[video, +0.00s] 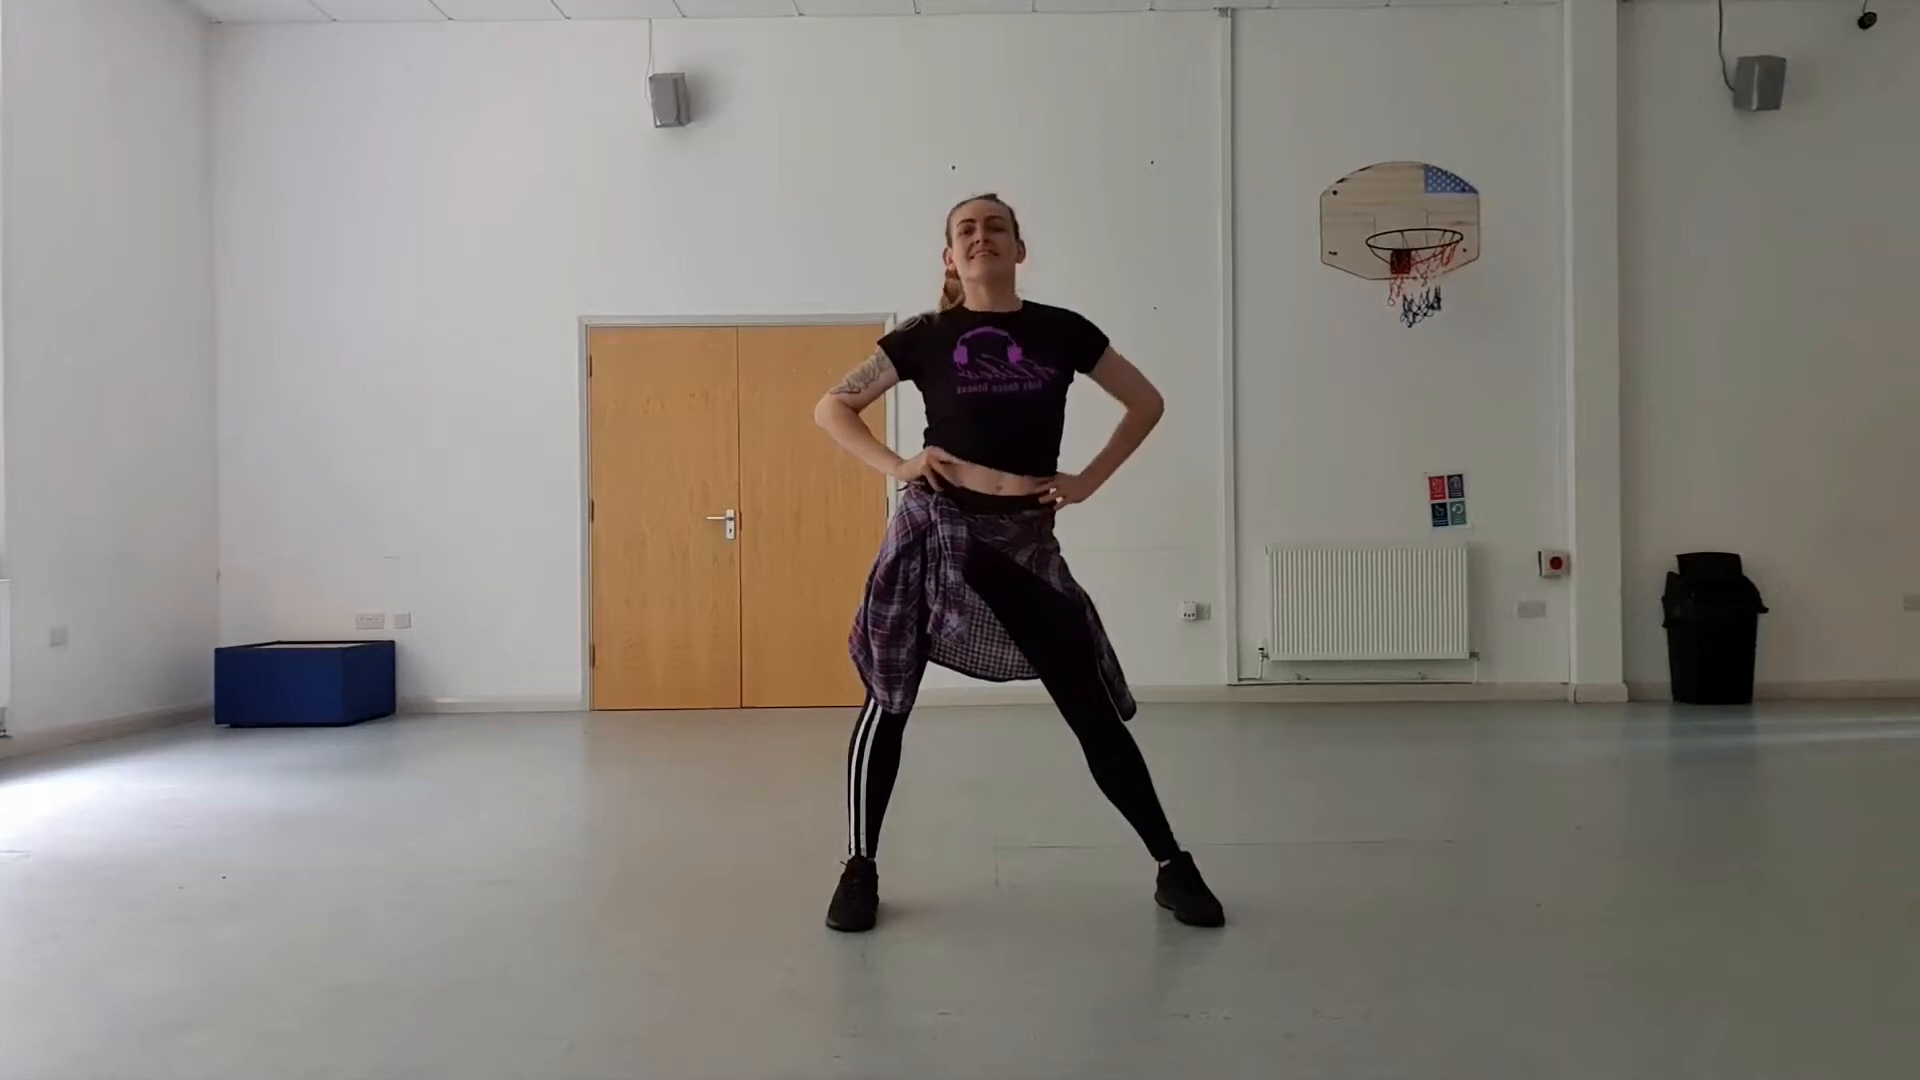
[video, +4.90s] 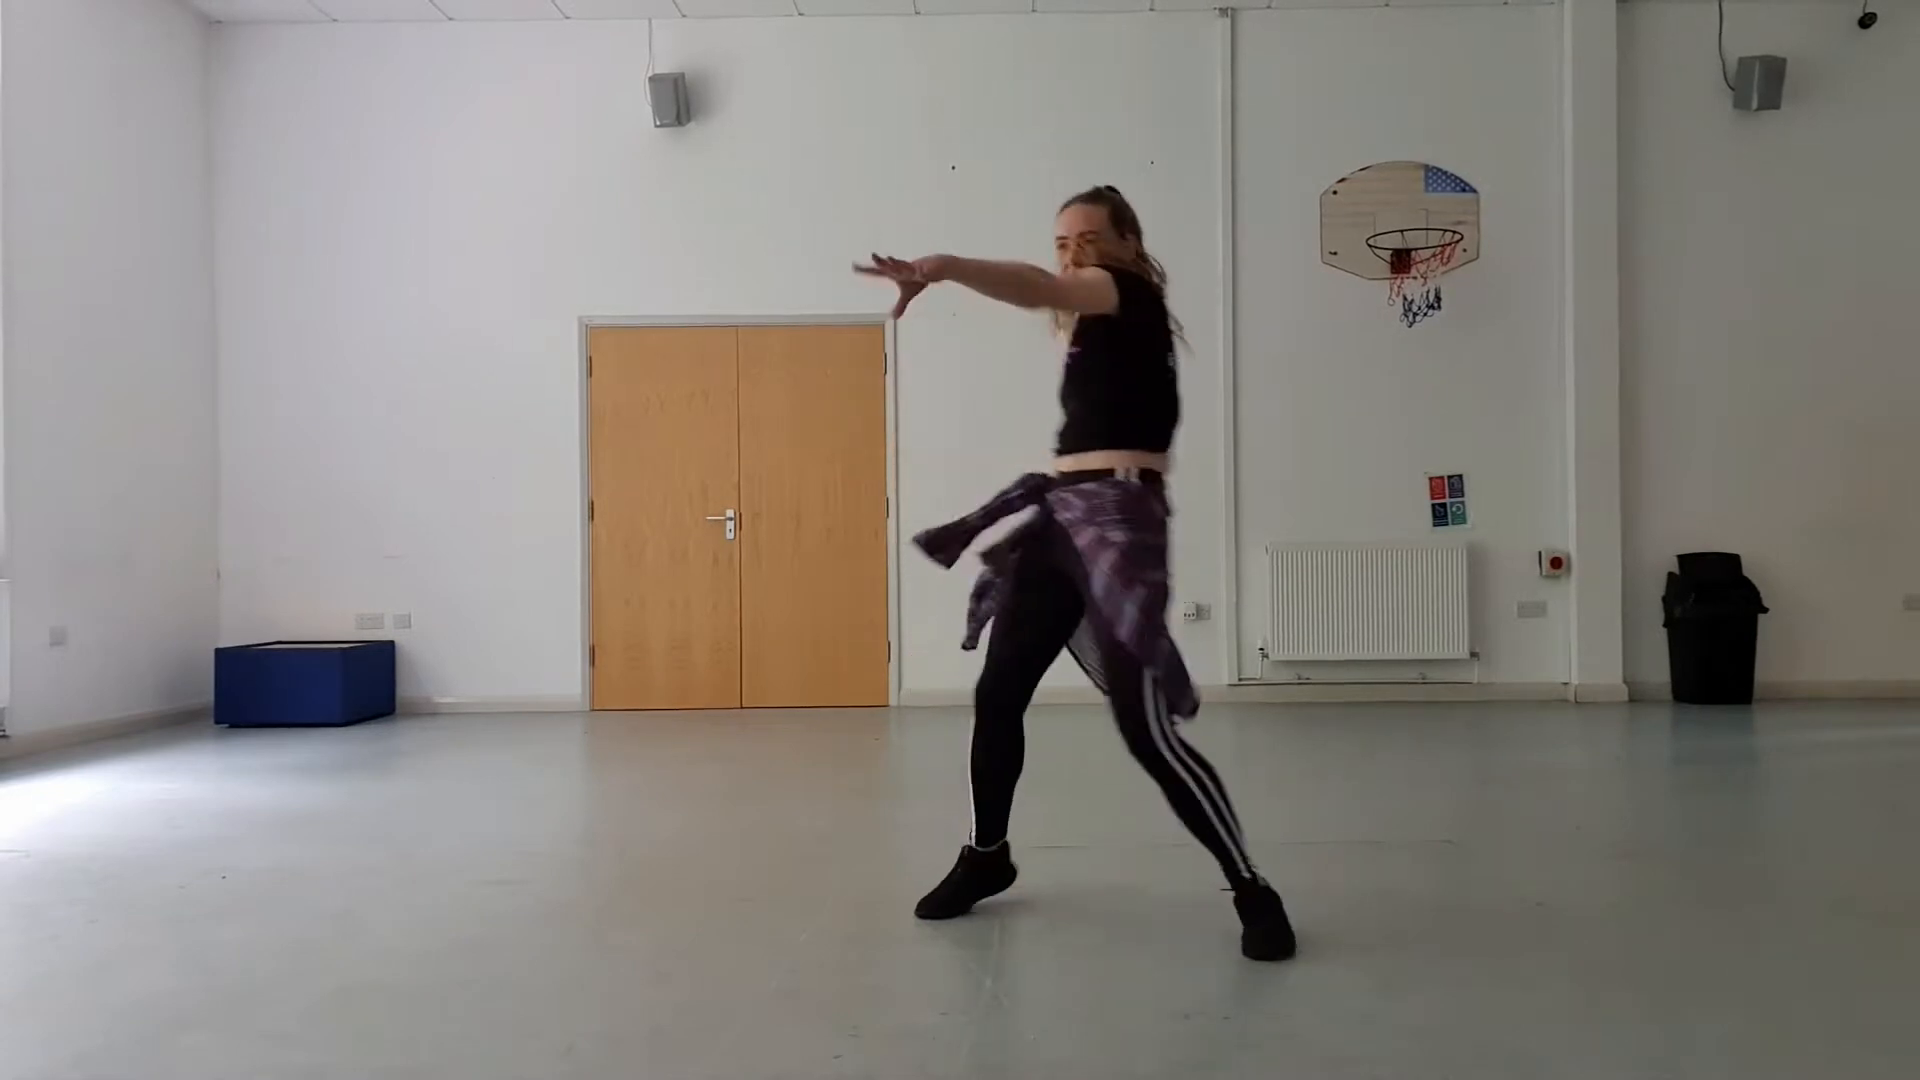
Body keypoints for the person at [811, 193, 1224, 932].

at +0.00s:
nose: (980, 238)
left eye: (994, 228)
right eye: (966, 231)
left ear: (1020, 250)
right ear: (948, 259)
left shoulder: (1062, 332)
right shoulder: (922, 339)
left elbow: (1146, 403)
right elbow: (832, 408)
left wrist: (1087, 481)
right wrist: (893, 464)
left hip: (1023, 541)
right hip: (931, 536)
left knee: (1091, 706)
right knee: (888, 701)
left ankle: (1174, 865)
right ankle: (859, 868)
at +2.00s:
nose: (1042, 255)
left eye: (1057, 247)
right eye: (1030, 244)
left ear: (1076, 266)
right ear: (1007, 260)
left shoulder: (1097, 342)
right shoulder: (965, 333)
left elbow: (1206, 399)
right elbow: (908, 431)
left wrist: (1146, 452)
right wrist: (966, 508)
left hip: (1117, 533)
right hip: (1029, 541)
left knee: (1154, 699)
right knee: (962, 711)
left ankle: (1177, 862)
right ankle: (885, 868)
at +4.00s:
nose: (1062, 248)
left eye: (1077, 236)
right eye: (1049, 235)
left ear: (1096, 246)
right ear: (1026, 241)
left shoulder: (1119, 323)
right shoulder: (989, 322)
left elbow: (1204, 394)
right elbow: (919, 411)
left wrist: (1161, 446)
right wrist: (975, 486)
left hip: (1120, 520)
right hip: (1033, 523)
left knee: (1149, 692)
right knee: (969, 689)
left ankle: (1166, 861)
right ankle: (915, 855)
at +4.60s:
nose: (984, 204)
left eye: (1003, 195)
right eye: (980, 195)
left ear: (1042, 214)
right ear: (974, 213)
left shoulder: (1066, 279)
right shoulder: (961, 294)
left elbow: (1179, 306)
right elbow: (960, 392)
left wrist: (1091, 365)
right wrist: (951, 458)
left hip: (1062, 490)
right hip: (984, 501)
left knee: (1131, 672)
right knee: (974, 685)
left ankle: (1231, 836)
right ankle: (965, 853)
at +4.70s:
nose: (1013, 219)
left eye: (1028, 207)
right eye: (1007, 208)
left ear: (1064, 217)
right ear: (1000, 219)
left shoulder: (1078, 261)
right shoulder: (1005, 295)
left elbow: (1081, 230)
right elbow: (984, 283)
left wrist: (1019, 328)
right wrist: (987, 288)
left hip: (1061, 496)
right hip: (989, 502)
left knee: (1147, 683)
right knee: (988, 691)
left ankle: (1247, 860)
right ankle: (975, 854)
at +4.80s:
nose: (1043, 241)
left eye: (1064, 231)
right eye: (1036, 230)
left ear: (1097, 242)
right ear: (1027, 237)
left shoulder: (1099, 285)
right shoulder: (1052, 307)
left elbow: (1025, 273)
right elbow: (1030, 318)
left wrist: (935, 273)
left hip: (1077, 501)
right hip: (1012, 502)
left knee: (1131, 705)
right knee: (997, 698)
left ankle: (1242, 883)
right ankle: (980, 857)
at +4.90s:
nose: (1070, 254)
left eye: (1088, 241)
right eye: (1061, 244)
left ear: (1127, 246)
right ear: (1056, 251)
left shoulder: (1130, 296)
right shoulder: (1090, 313)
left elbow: (1043, 289)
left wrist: (944, 268)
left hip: (1121, 519)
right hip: (1063, 517)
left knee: (1146, 728)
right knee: (998, 695)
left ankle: (1251, 891)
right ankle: (986, 854)